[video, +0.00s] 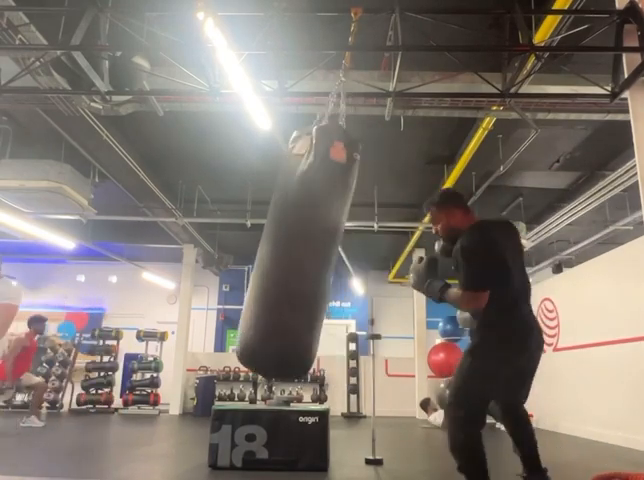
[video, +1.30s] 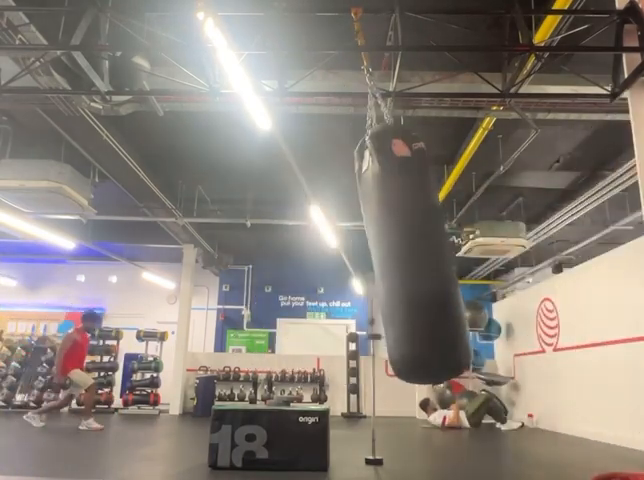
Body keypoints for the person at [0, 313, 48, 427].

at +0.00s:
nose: (44, 327)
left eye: (44, 324)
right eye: (41, 324)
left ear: (38, 326)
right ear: (33, 325)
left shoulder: (33, 341)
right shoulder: (21, 340)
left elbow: (29, 360)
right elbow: (9, 359)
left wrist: (30, 373)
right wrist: (9, 380)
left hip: (23, 373)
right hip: (13, 374)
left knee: (42, 384)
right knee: (41, 385)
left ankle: (34, 415)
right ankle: (31, 416)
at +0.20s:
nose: (55, 318)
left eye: (55, 316)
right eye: (52, 316)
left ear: (48, 317)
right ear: (44, 316)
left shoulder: (44, 333)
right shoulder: (32, 330)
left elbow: (36, 351)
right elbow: (19, 348)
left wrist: (38, 365)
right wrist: (17, 368)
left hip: (30, 365)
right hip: (23, 365)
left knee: (42, 384)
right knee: (41, 385)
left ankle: (34, 414)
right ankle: (31, 416)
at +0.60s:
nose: (66, 308)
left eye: (66, 305)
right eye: (64, 305)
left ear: (62, 306)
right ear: (56, 304)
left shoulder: (56, 323)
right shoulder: (43, 319)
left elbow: (52, 342)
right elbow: (33, 337)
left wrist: (52, 359)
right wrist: (33, 356)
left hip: (47, 359)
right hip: (38, 358)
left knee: (42, 388)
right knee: (34, 387)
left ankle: (32, 414)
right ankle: (21, 415)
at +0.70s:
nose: (67, 308)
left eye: (68, 305)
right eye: (66, 305)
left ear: (63, 306)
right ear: (58, 305)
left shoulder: (57, 323)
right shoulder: (44, 320)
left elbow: (54, 342)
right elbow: (35, 338)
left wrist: (54, 359)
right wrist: (34, 357)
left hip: (49, 360)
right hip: (41, 359)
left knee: (38, 387)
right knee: (45, 385)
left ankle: (34, 413)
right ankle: (30, 414)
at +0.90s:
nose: (74, 310)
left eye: (74, 307)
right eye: (72, 307)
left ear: (68, 307)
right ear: (64, 306)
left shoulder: (64, 324)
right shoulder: (52, 321)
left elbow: (60, 343)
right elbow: (41, 339)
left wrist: (65, 357)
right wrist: (39, 359)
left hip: (56, 358)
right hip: (50, 358)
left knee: (42, 386)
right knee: (64, 381)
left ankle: (31, 415)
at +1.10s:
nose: (83, 315)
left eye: (84, 312)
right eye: (82, 312)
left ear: (81, 313)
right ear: (74, 311)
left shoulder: (76, 328)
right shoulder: (62, 326)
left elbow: (71, 347)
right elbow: (49, 344)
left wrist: (73, 365)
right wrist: (48, 365)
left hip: (68, 364)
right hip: (61, 364)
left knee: (52, 391)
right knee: (75, 387)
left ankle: (31, 416)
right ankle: (81, 418)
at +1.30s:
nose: (94, 327)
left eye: (95, 324)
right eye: (93, 323)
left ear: (91, 323)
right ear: (86, 322)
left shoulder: (85, 337)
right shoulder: (72, 336)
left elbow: (80, 356)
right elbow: (60, 354)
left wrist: (82, 370)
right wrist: (59, 374)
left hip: (78, 369)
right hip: (69, 368)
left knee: (64, 402)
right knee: (91, 386)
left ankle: (34, 414)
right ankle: (87, 420)